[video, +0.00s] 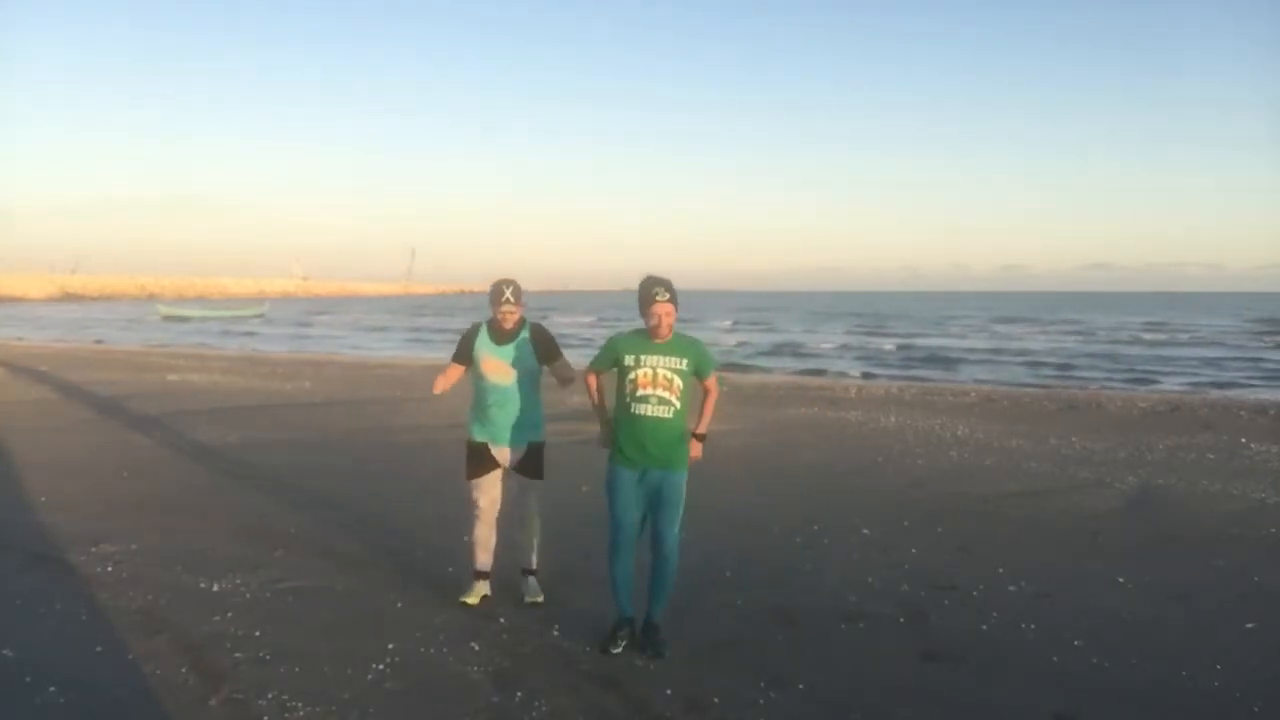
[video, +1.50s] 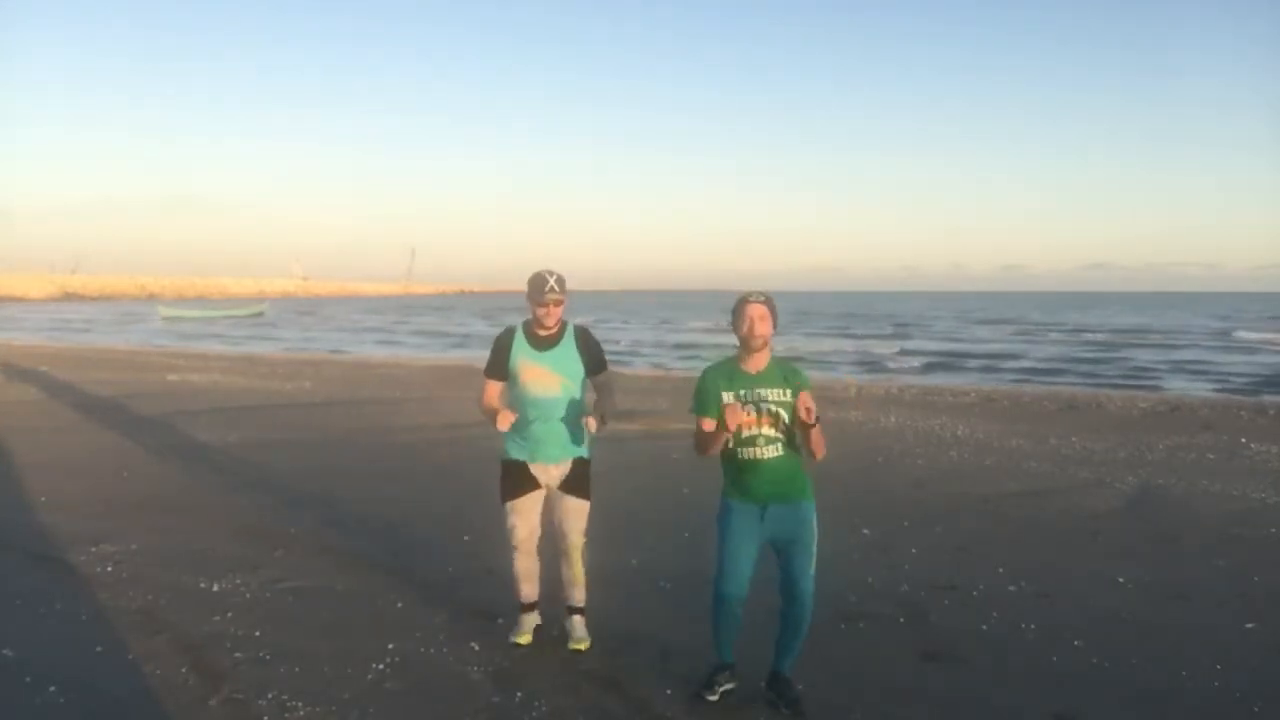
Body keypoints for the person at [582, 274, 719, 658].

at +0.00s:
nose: (661, 319)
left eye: (666, 311)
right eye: (654, 312)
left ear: (675, 312)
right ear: (643, 312)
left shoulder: (694, 351)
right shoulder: (621, 345)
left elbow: (712, 388)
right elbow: (592, 376)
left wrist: (699, 433)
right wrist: (604, 423)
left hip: (672, 462)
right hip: (627, 459)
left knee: (667, 544)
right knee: (622, 541)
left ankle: (653, 623)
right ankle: (623, 620)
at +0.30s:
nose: (666, 335)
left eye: (668, 328)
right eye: (658, 329)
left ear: (672, 330)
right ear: (639, 332)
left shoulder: (688, 374)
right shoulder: (614, 374)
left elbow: (695, 428)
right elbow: (596, 427)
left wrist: (697, 467)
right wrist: (605, 462)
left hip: (674, 481)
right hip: (627, 482)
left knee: (690, 553)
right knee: (620, 558)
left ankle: (676, 622)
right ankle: (623, 624)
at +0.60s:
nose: (693, 329)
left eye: (695, 321)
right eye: (684, 323)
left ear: (698, 325)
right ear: (666, 330)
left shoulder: (720, 366)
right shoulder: (643, 374)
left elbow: (752, 418)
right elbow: (617, 432)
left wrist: (734, 419)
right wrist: (656, 426)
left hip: (710, 491)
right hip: (658, 491)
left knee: (738, 572)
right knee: (633, 563)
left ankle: (765, 660)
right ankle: (625, 624)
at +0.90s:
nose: (725, 321)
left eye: (731, 313)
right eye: (717, 315)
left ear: (745, 319)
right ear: (708, 325)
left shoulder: (777, 367)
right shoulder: (700, 379)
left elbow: (815, 420)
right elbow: (688, 442)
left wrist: (798, 464)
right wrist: (702, 473)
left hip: (774, 492)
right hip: (723, 496)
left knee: (787, 586)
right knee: (710, 581)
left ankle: (779, 675)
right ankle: (688, 637)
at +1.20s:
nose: (740, 313)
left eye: (748, 305)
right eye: (733, 305)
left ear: (762, 311)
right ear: (723, 313)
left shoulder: (790, 350)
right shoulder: (710, 368)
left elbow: (851, 378)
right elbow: (680, 426)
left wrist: (817, 410)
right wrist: (714, 428)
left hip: (797, 485)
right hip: (747, 488)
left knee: (797, 582)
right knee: (745, 583)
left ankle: (783, 675)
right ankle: (749, 680)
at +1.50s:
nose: (754, 326)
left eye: (761, 319)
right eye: (746, 319)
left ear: (773, 327)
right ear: (735, 328)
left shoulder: (793, 376)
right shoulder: (716, 378)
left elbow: (817, 452)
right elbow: (704, 448)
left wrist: (808, 423)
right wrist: (726, 429)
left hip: (795, 501)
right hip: (742, 501)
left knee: (801, 593)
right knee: (729, 590)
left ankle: (782, 675)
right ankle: (724, 667)